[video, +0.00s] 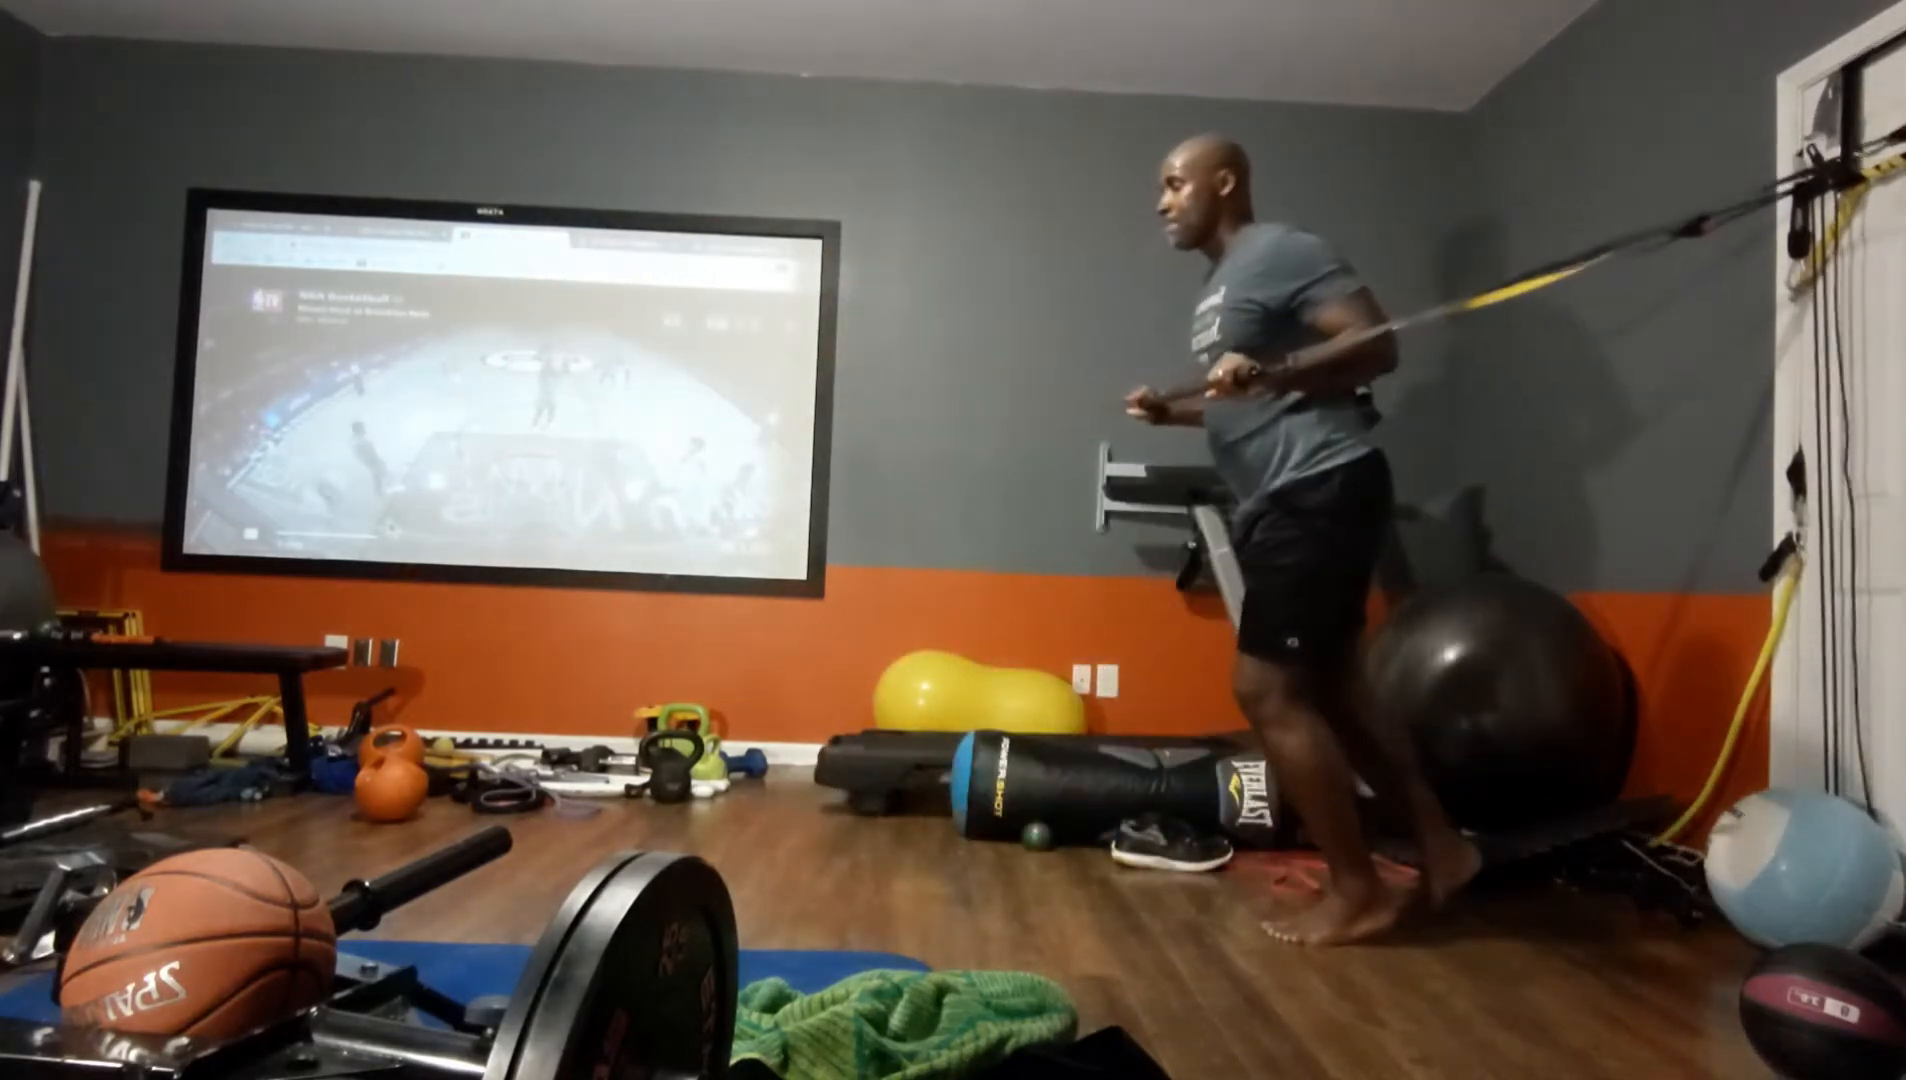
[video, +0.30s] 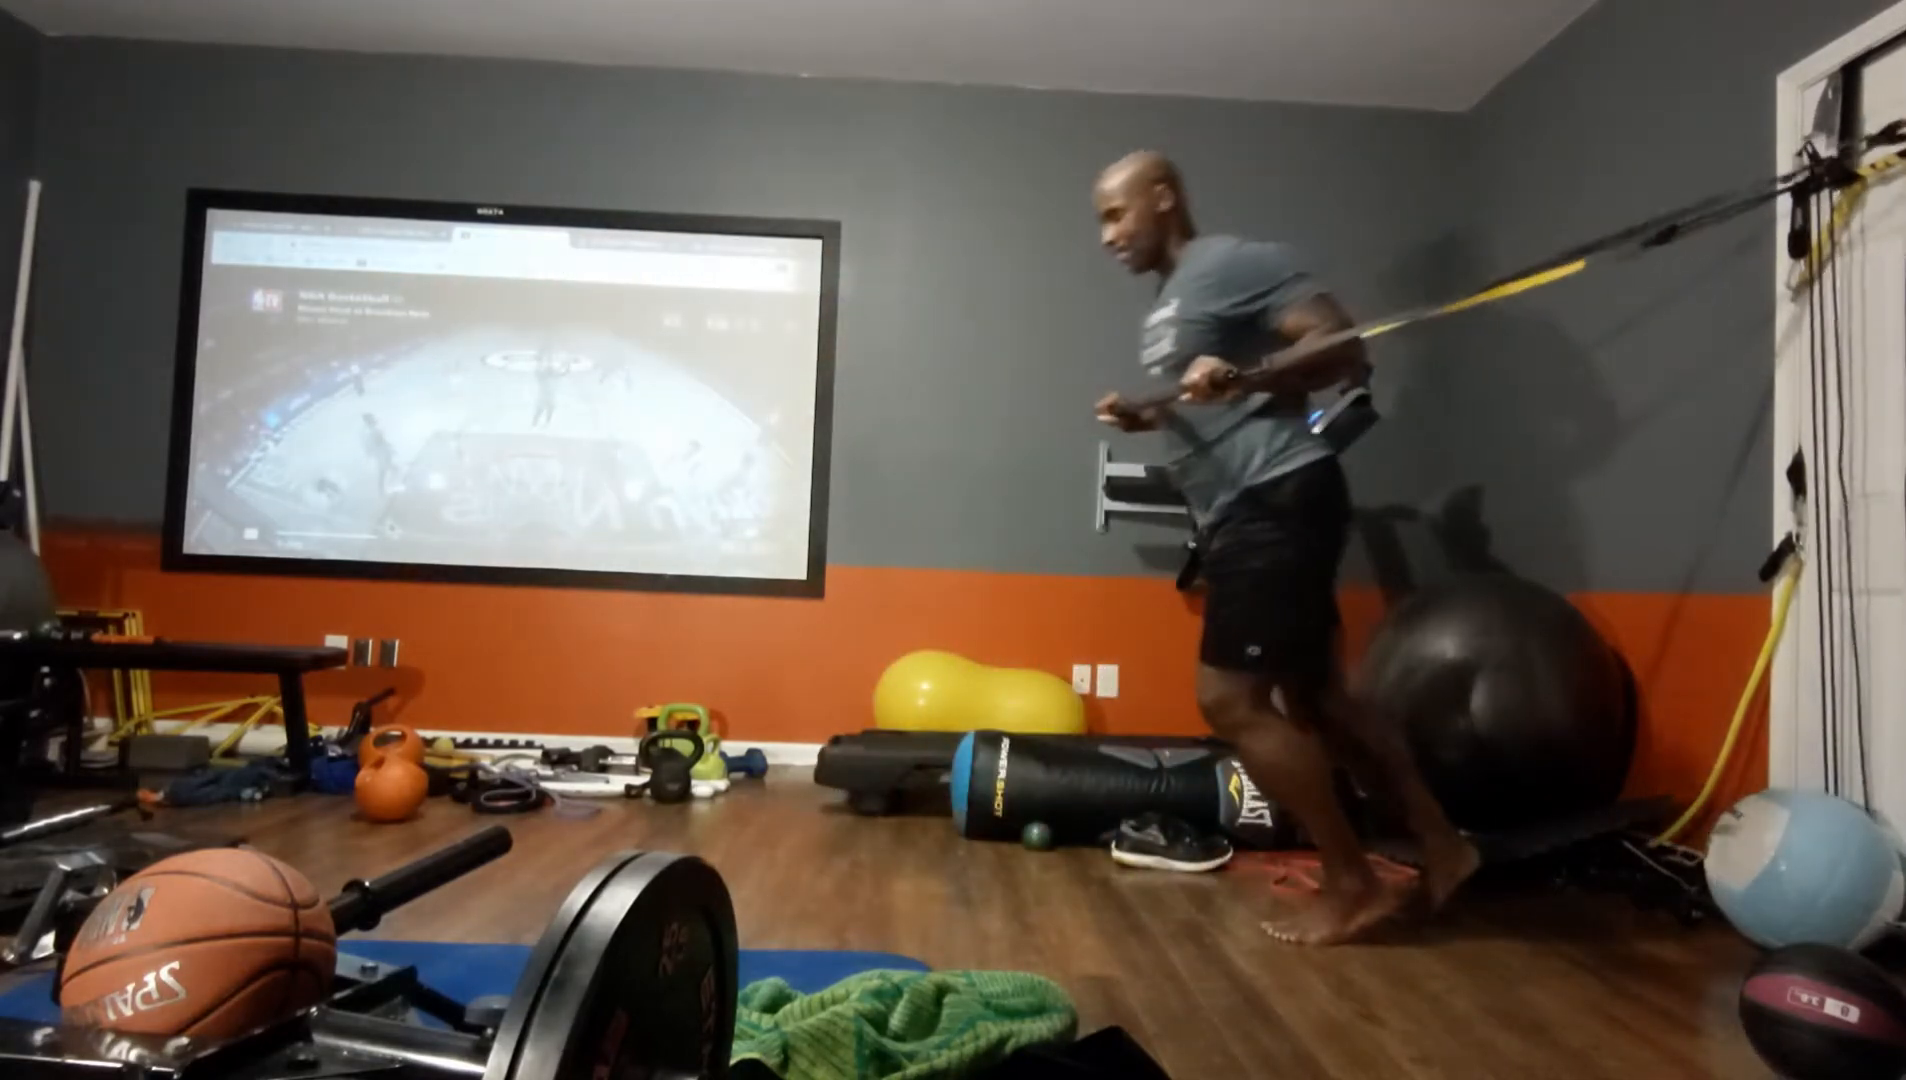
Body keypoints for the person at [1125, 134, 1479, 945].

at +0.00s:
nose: (1162, 202)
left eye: (1174, 185)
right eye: (1162, 188)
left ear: (1226, 186)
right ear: (1204, 195)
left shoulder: (1281, 250)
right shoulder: (1219, 290)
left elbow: (1376, 342)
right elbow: (1255, 401)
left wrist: (1274, 373)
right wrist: (1173, 407)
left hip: (1324, 484)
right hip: (1291, 491)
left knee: (1266, 689)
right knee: (1330, 681)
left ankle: (1355, 891)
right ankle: (1441, 847)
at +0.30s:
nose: (1107, 235)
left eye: (1115, 214)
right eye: (1101, 221)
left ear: (1166, 201)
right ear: (1155, 209)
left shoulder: (1229, 264)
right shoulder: (1166, 307)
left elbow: (1343, 348)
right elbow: (1214, 404)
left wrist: (1246, 378)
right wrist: (1148, 412)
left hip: (1284, 496)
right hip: (1257, 506)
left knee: (1232, 700)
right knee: (1315, 694)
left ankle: (1352, 885)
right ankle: (1441, 845)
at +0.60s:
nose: (978, 282)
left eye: (981, 259)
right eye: (966, 272)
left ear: (1024, 234)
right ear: (975, 274)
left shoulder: (1086, 281)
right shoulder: (1050, 326)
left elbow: (1151, 358)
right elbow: (1108, 403)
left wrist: (1037, 380)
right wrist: (1033, 416)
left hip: (1189, 514)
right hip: (1134, 529)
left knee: (1212, 725)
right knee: (1046, 671)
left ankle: (1353, 883)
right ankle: (1183, 827)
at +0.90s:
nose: (763, 339)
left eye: (764, 323)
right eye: (760, 328)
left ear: (792, 305)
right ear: (803, 306)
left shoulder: (865, 330)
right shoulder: (851, 369)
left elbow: (734, 331)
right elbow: (756, 373)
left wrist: (599, 307)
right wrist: (663, 352)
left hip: (1044, 537)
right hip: (976, 551)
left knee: (1120, 738)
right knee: (869, 667)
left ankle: (1316, 857)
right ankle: (865, 873)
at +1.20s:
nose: (702, 383)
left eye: (706, 365)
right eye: (698, 370)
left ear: (739, 340)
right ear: (752, 347)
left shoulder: (807, 359)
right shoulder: (817, 376)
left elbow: (671, 379)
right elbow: (674, 382)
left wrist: (532, 348)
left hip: (991, 549)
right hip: (935, 558)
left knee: (1078, 743)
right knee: (819, 670)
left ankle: (1266, 860)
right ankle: (859, 870)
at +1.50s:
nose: (757, 330)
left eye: (762, 316)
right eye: (757, 318)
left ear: (801, 299)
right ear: (804, 304)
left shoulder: (868, 328)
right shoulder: (845, 371)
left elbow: (732, 336)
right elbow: (744, 376)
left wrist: (594, 315)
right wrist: (651, 351)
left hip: (1024, 545)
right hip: (958, 558)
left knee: (1097, 749)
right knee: (842, 667)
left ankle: (1280, 867)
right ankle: (861, 872)